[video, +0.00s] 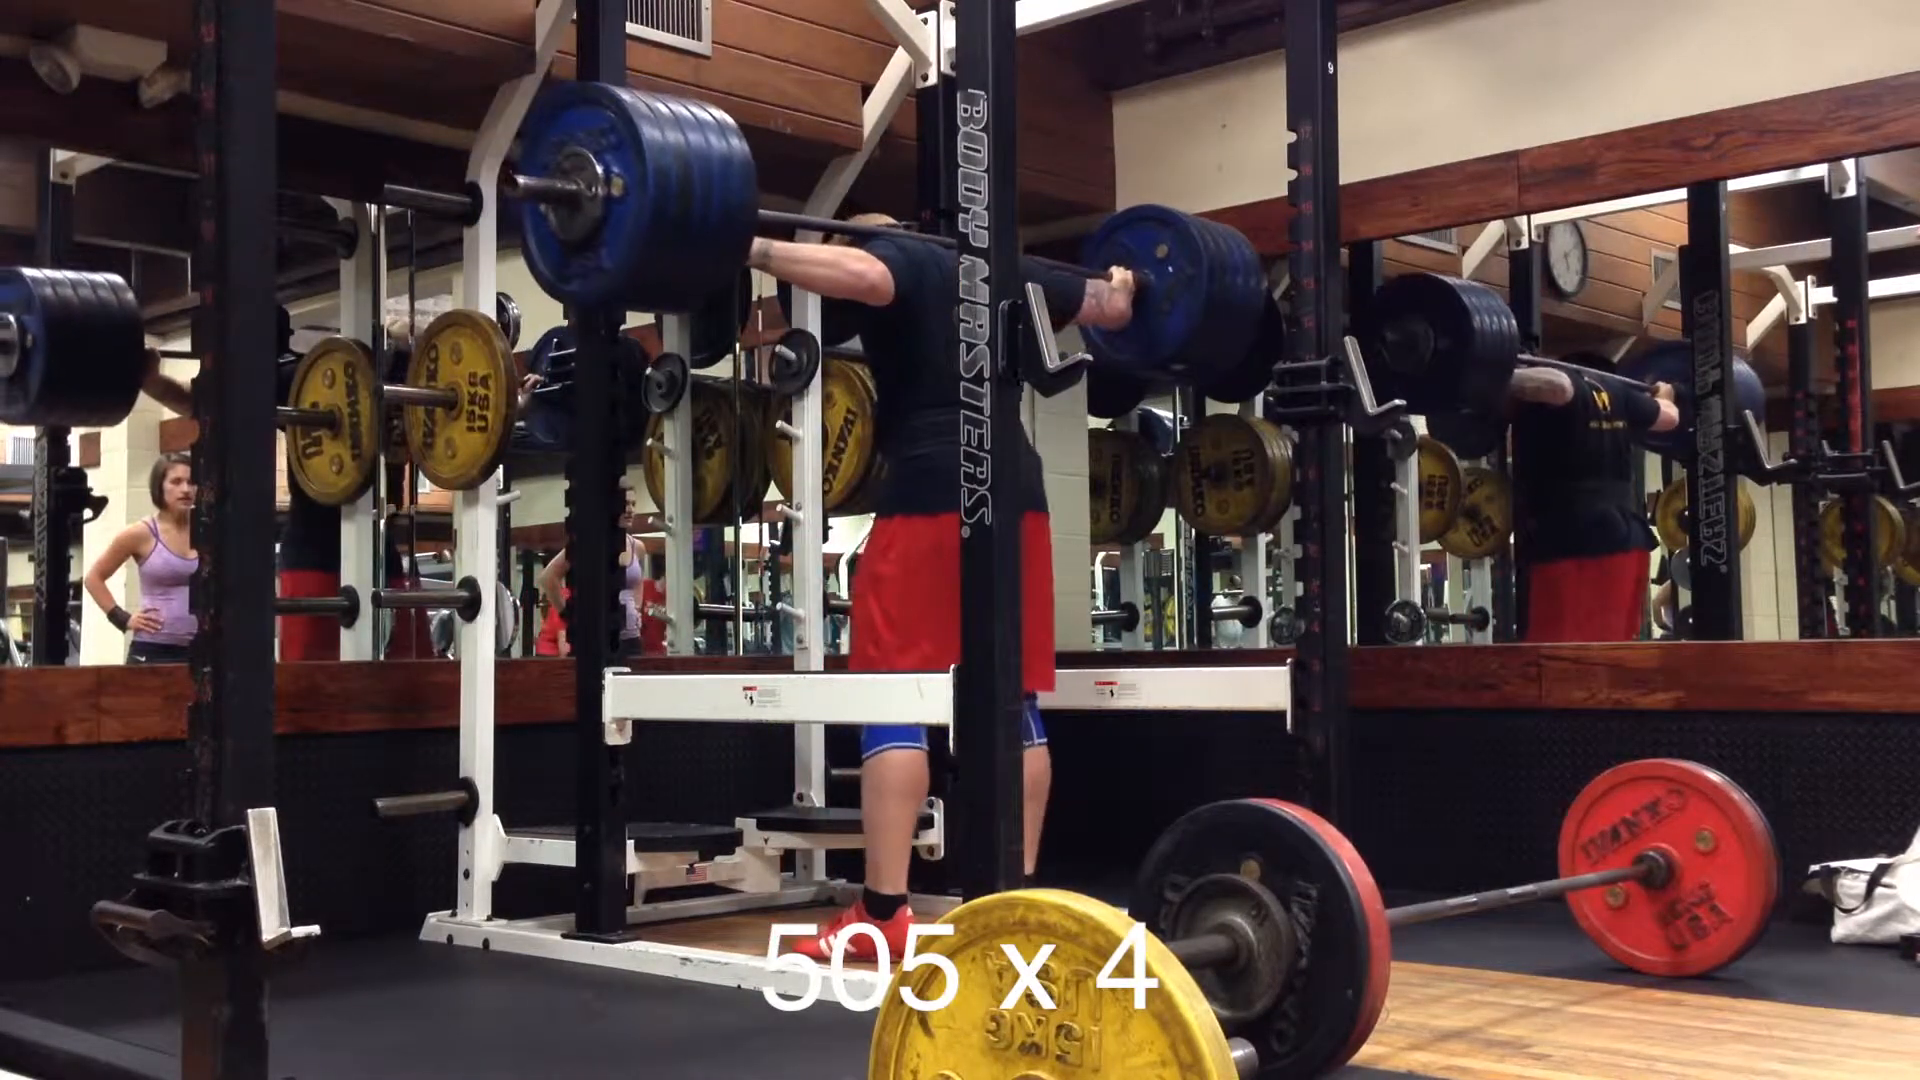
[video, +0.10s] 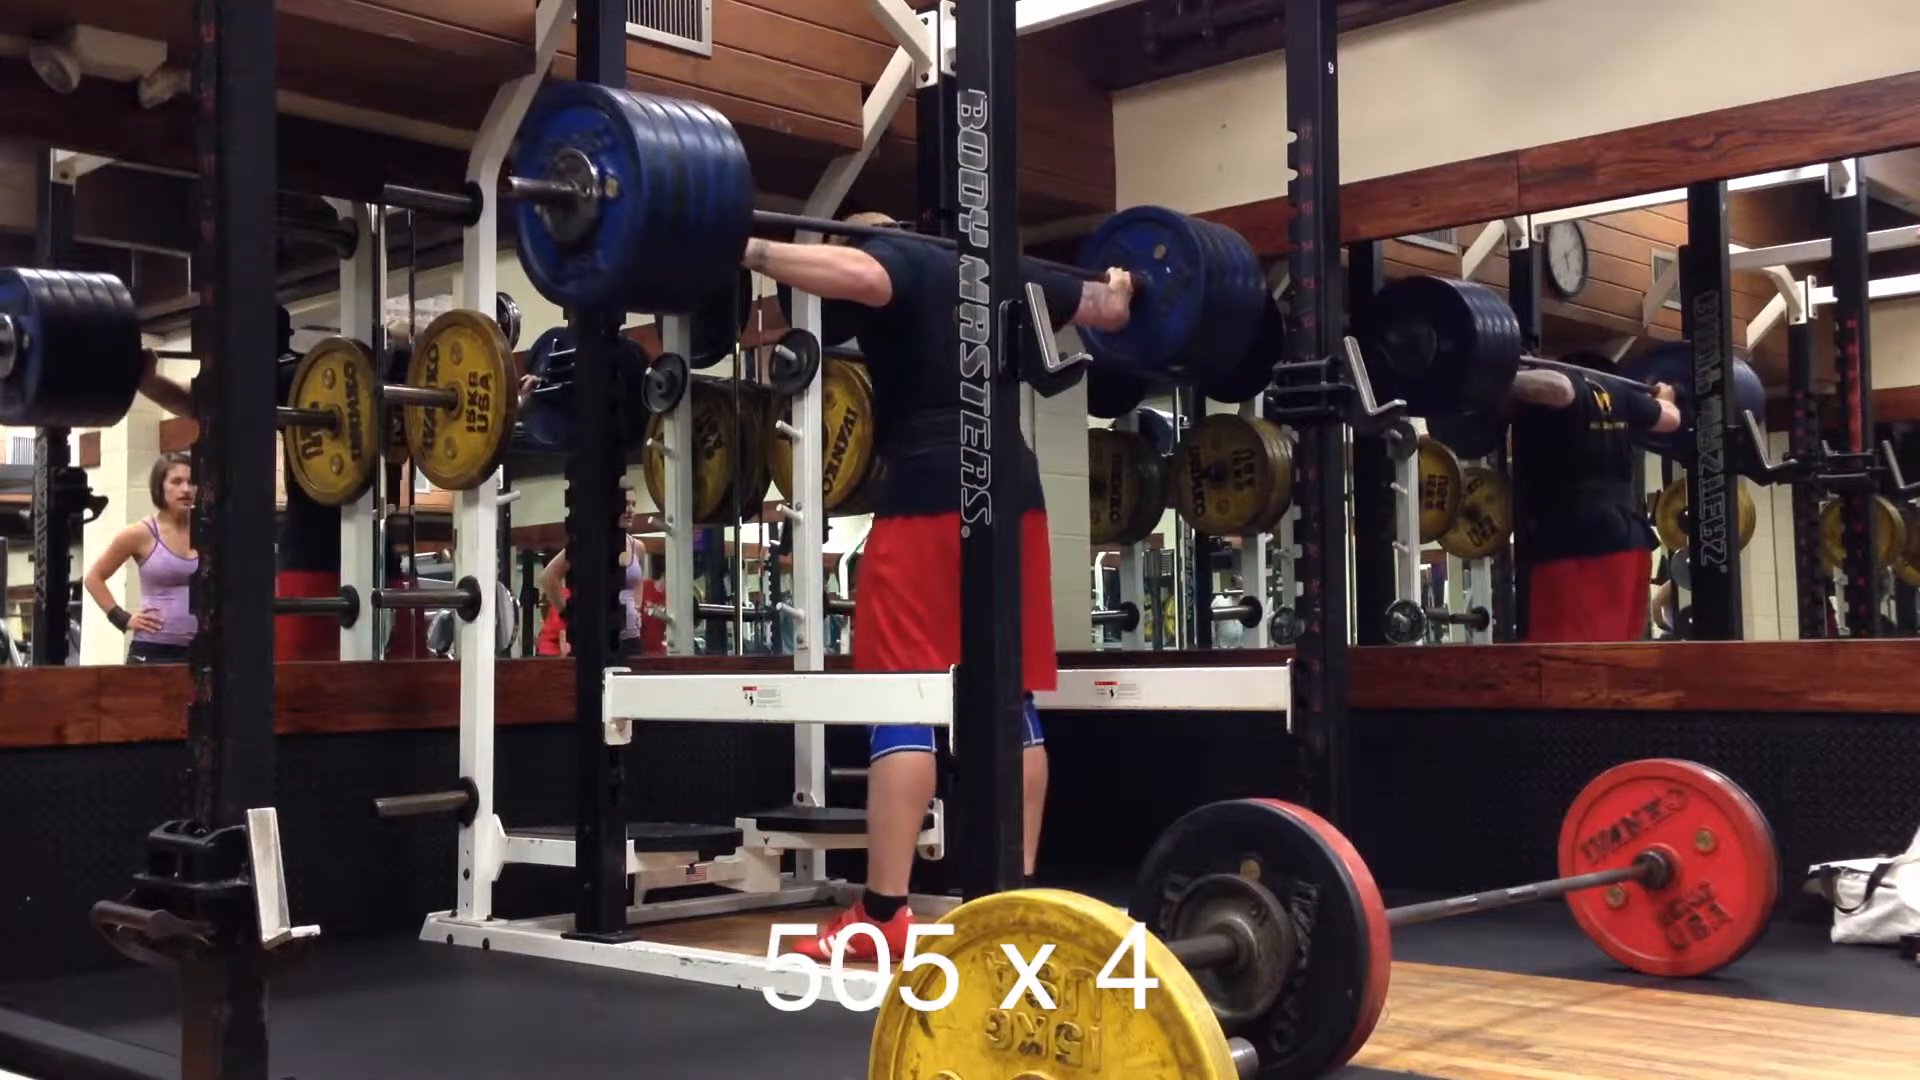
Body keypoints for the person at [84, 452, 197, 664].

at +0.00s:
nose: (186, 489)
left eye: (191, 482)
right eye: (176, 482)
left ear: (199, 487)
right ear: (159, 487)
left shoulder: (204, 529)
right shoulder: (141, 534)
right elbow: (93, 579)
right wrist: (123, 619)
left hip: (199, 648)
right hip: (153, 648)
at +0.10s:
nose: (186, 489)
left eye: (191, 482)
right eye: (177, 482)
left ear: (199, 487)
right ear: (159, 487)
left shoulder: (204, 529)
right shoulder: (141, 534)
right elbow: (93, 579)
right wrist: (123, 619)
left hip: (199, 648)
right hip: (153, 648)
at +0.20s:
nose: (186, 489)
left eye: (192, 482)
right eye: (177, 482)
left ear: (199, 487)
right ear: (159, 487)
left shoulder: (204, 530)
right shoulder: (141, 534)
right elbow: (93, 579)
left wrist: (213, 614)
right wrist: (123, 619)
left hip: (199, 648)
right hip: (153, 649)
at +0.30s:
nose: (191, 490)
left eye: (195, 483)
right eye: (182, 483)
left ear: (201, 487)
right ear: (162, 488)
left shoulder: (202, 530)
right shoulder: (141, 535)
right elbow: (93, 579)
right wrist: (123, 620)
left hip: (198, 648)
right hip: (153, 648)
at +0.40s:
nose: (198, 492)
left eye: (197, 485)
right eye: (190, 486)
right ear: (170, 489)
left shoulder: (204, 530)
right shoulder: (142, 534)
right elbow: (94, 579)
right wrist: (125, 620)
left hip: (199, 648)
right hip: (154, 648)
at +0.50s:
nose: (203, 491)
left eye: (200, 485)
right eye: (197, 485)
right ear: (181, 491)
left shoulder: (205, 531)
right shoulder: (144, 534)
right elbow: (97, 580)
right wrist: (128, 620)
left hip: (201, 648)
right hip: (157, 649)